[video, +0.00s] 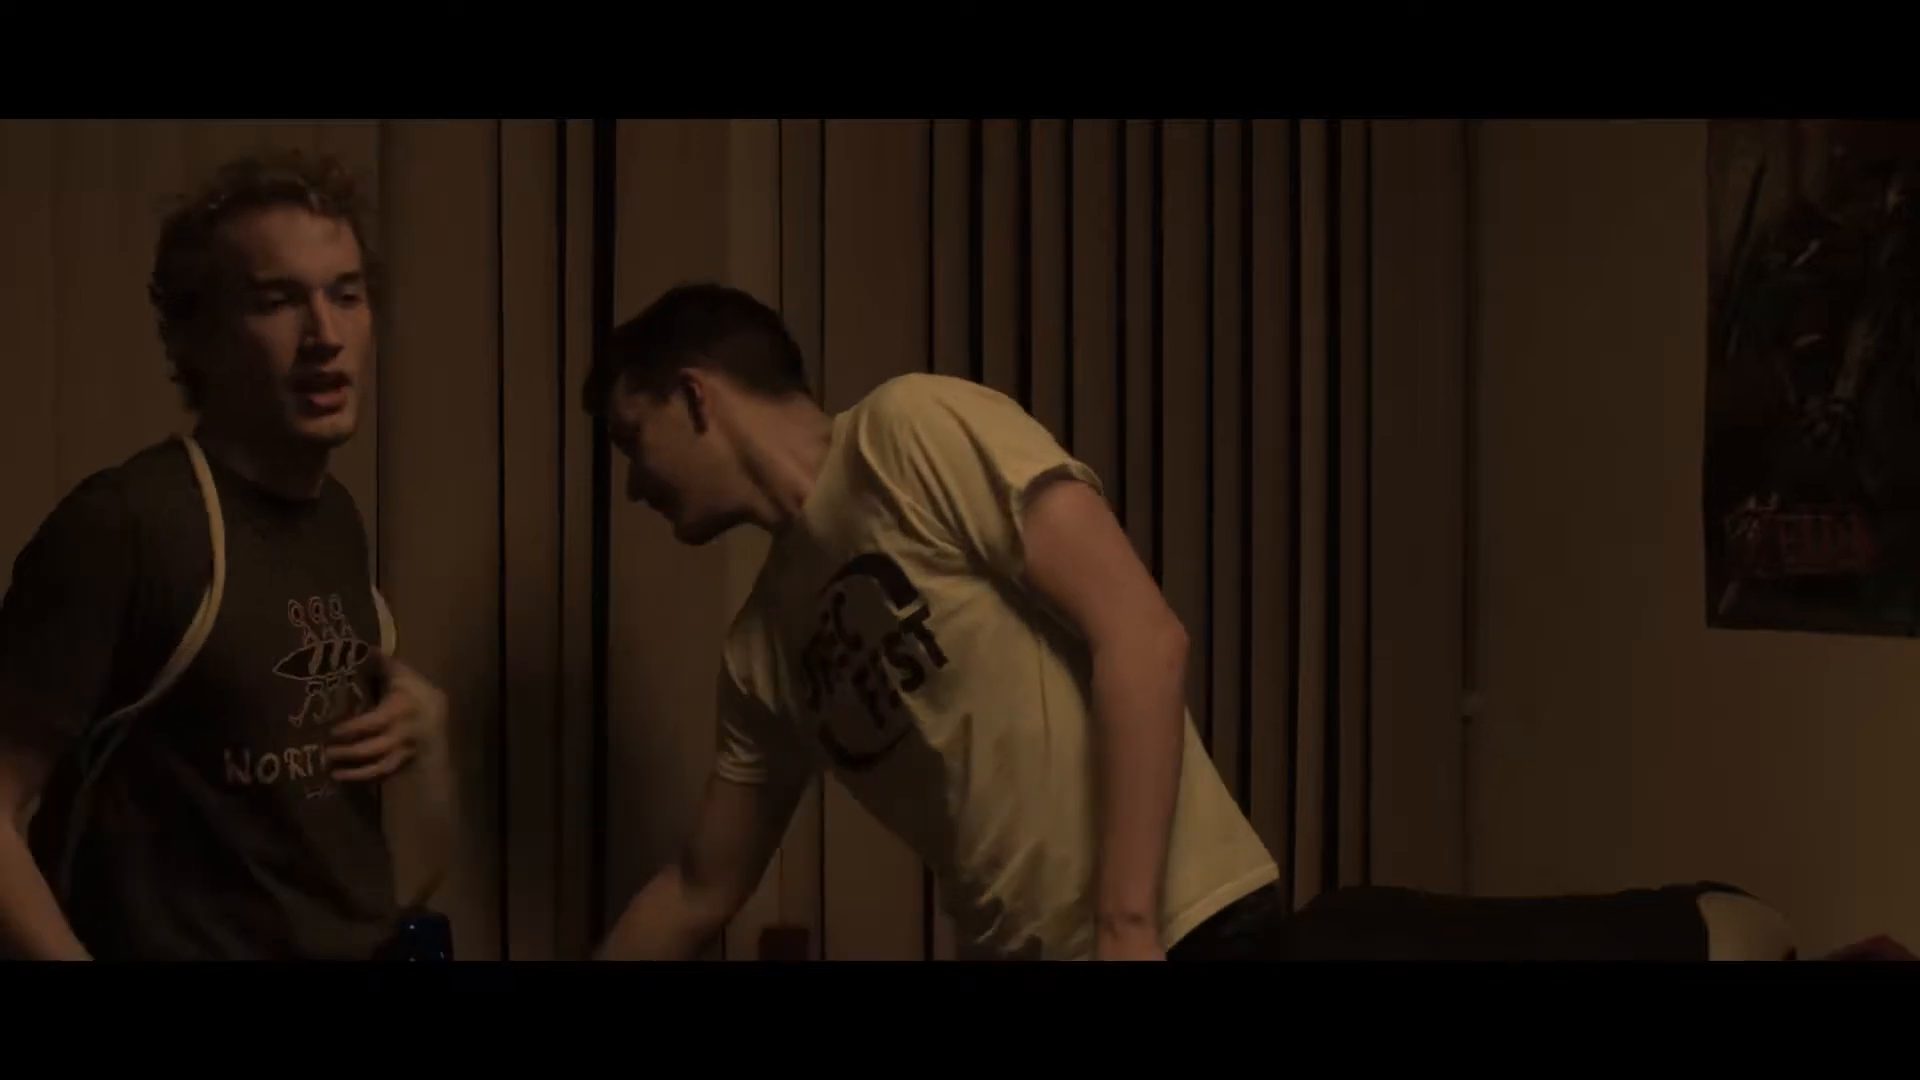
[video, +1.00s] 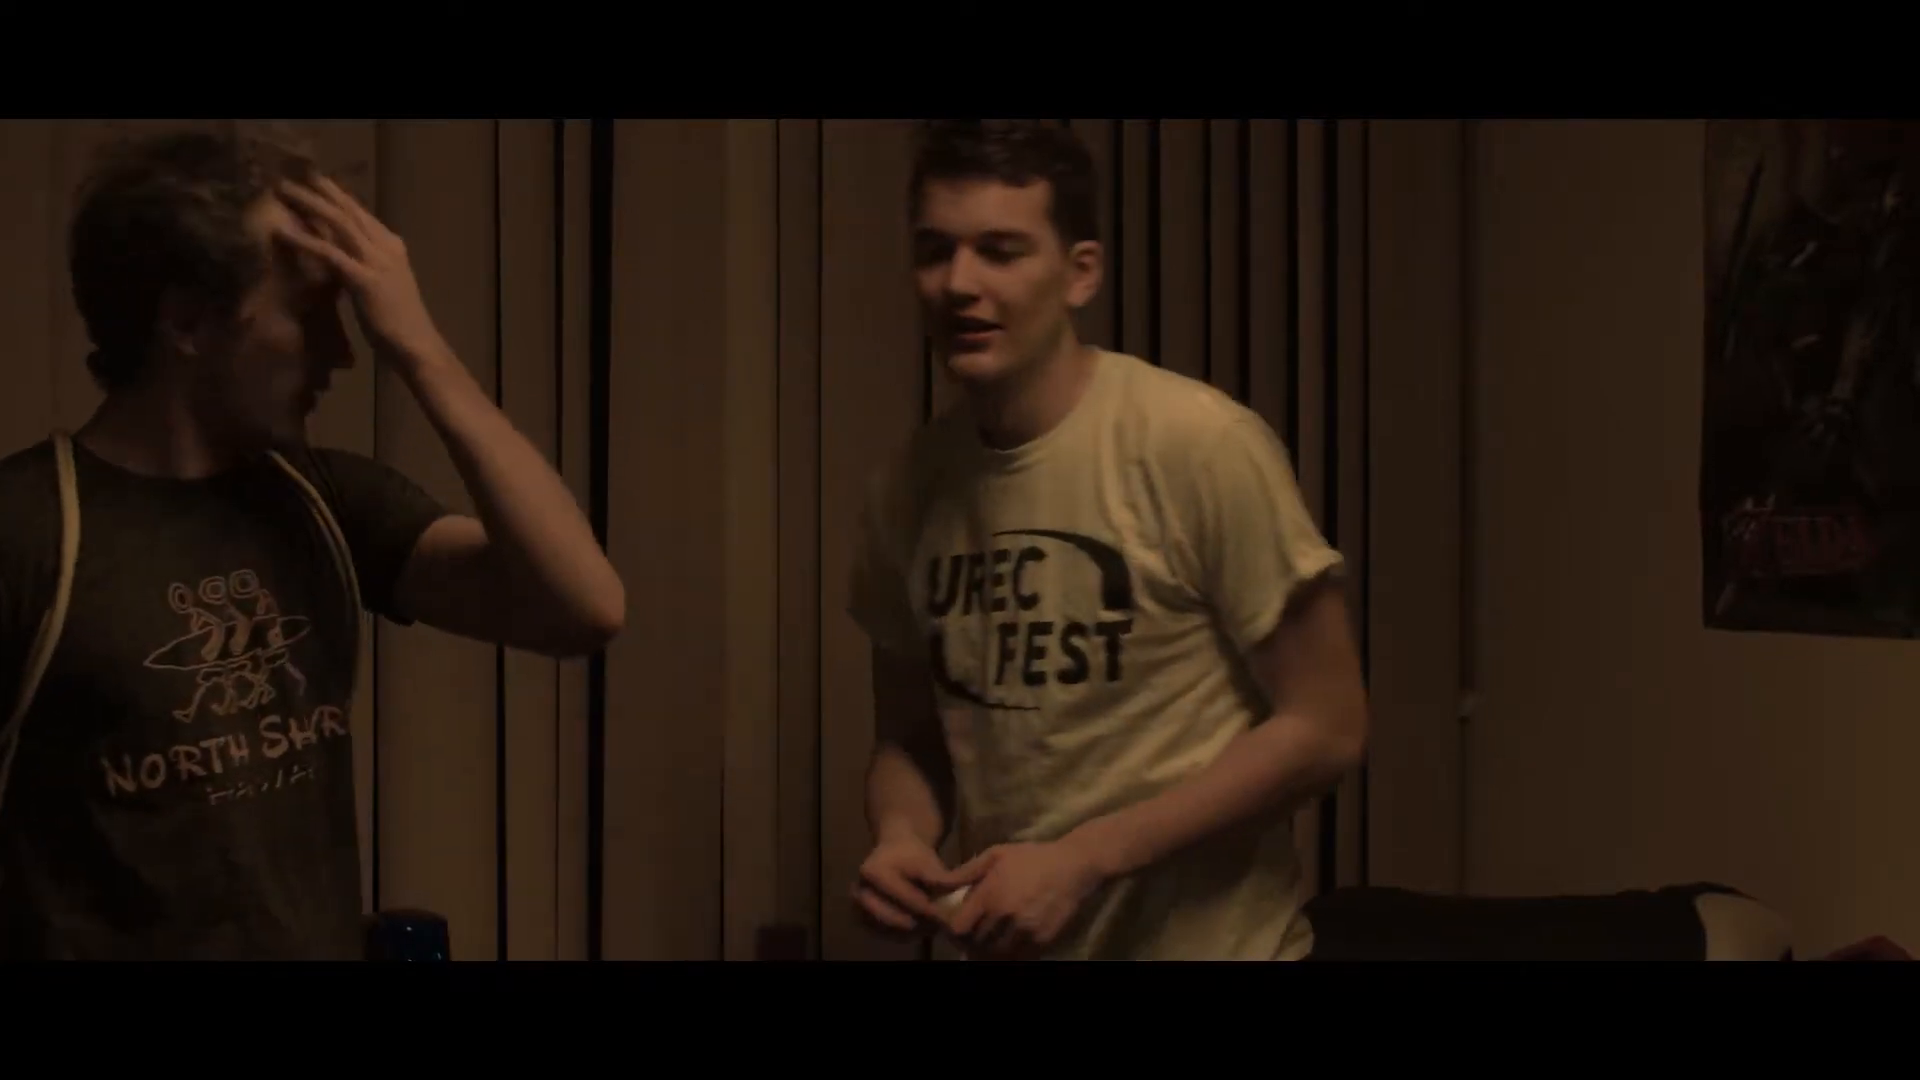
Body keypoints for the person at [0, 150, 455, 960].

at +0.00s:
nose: (327, 337)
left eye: (346, 296)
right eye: (276, 301)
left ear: (370, 313)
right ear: (195, 337)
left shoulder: (334, 516)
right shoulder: (119, 529)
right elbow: (2, 809)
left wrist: (419, 710)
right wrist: (68, 956)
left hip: (344, 933)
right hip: (172, 940)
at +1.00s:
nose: (340, 353)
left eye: (334, 311)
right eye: (307, 312)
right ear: (188, 321)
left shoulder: (321, 501)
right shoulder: (26, 524)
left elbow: (582, 607)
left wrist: (423, 350)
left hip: (314, 938)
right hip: (99, 943)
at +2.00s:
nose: (364, 420)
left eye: (379, 378)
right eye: (326, 368)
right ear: (210, 345)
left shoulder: (329, 545)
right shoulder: (61, 572)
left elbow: (320, 833)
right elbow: (5, 900)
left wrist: (394, 788)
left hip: (346, 944)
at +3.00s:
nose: (441, 384)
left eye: (471, 352)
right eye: (405, 338)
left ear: (493, 370)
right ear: (326, 345)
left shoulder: (469, 553)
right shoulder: (208, 552)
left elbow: (467, 795)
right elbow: (133, 872)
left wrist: (554, 853)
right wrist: (439, 900)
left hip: (430, 954)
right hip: (250, 959)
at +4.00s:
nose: (510, 356)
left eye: (544, 322)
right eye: (476, 317)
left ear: (581, 355)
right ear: (414, 342)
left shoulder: (607, 552)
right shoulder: (306, 548)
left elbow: (638, 793)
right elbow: (229, 844)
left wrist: (648, 873)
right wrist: (497, 931)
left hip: (583, 950)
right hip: (376, 955)